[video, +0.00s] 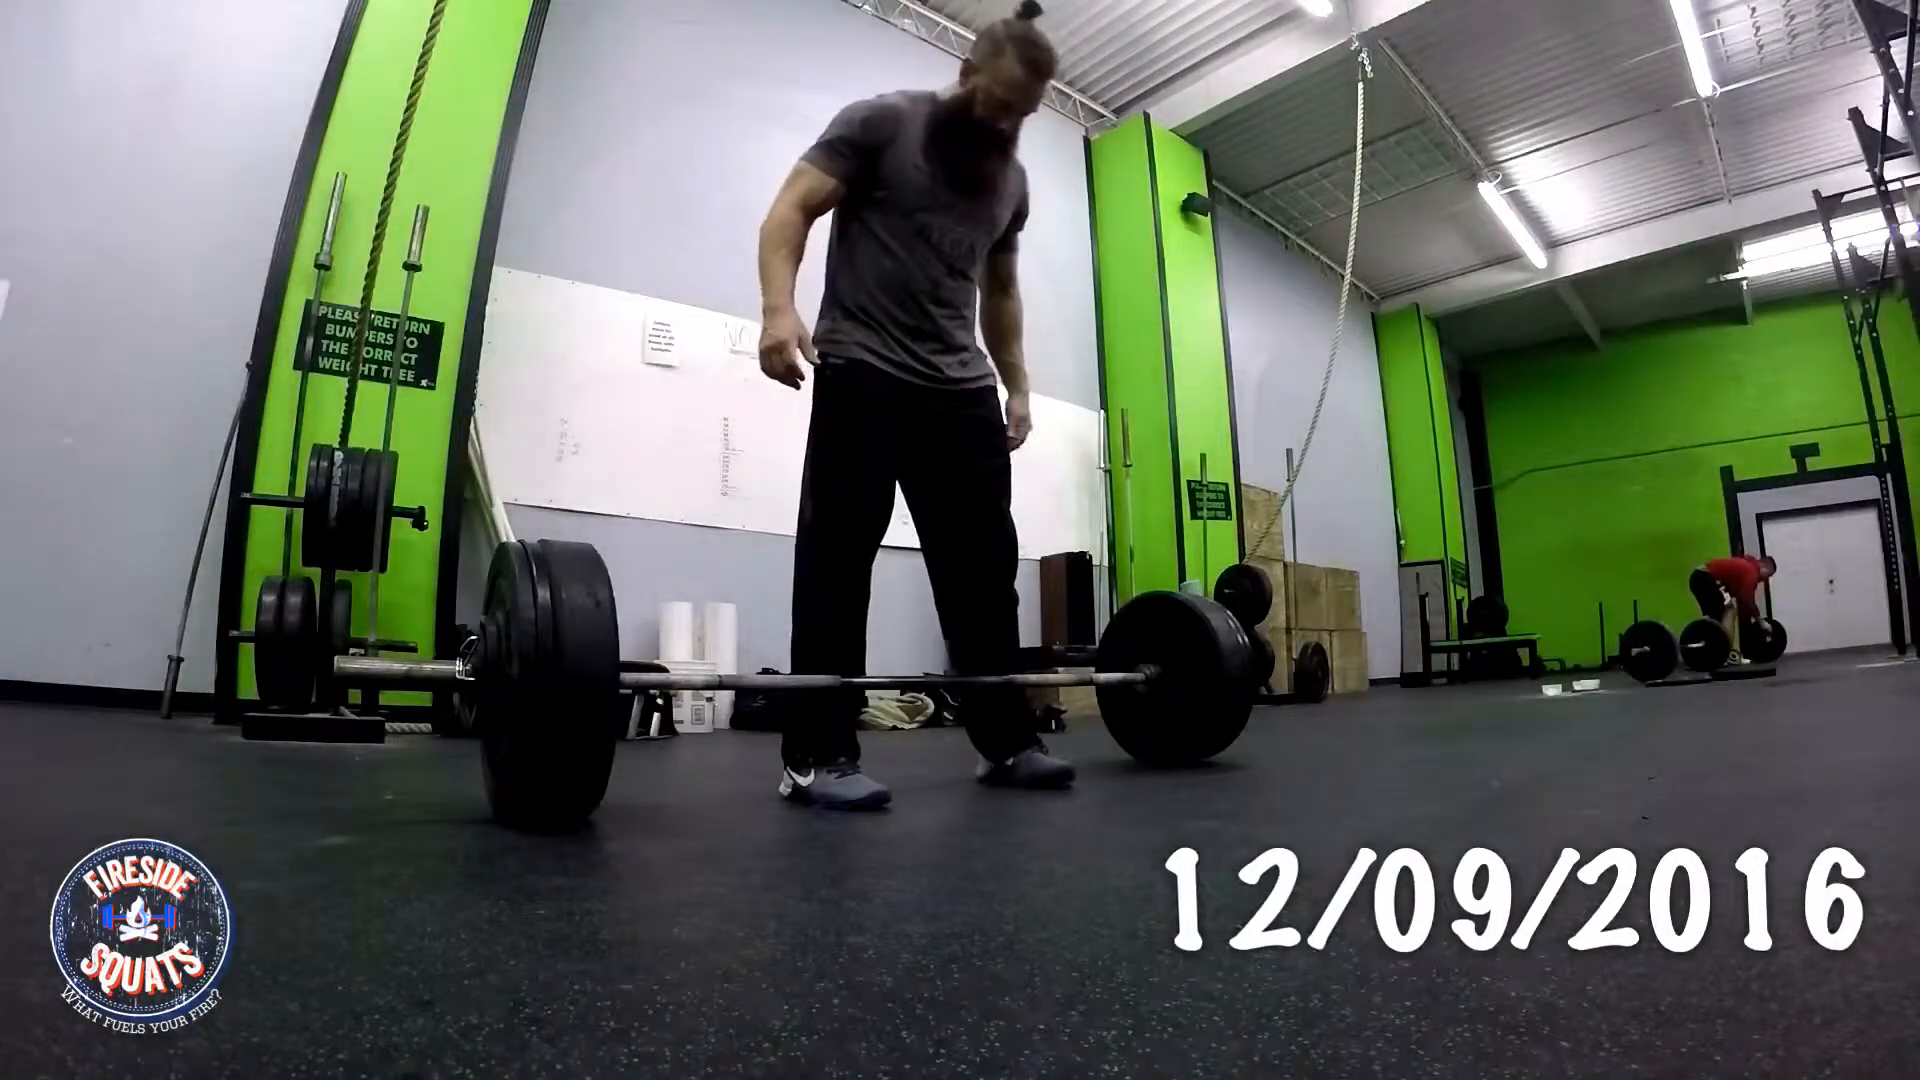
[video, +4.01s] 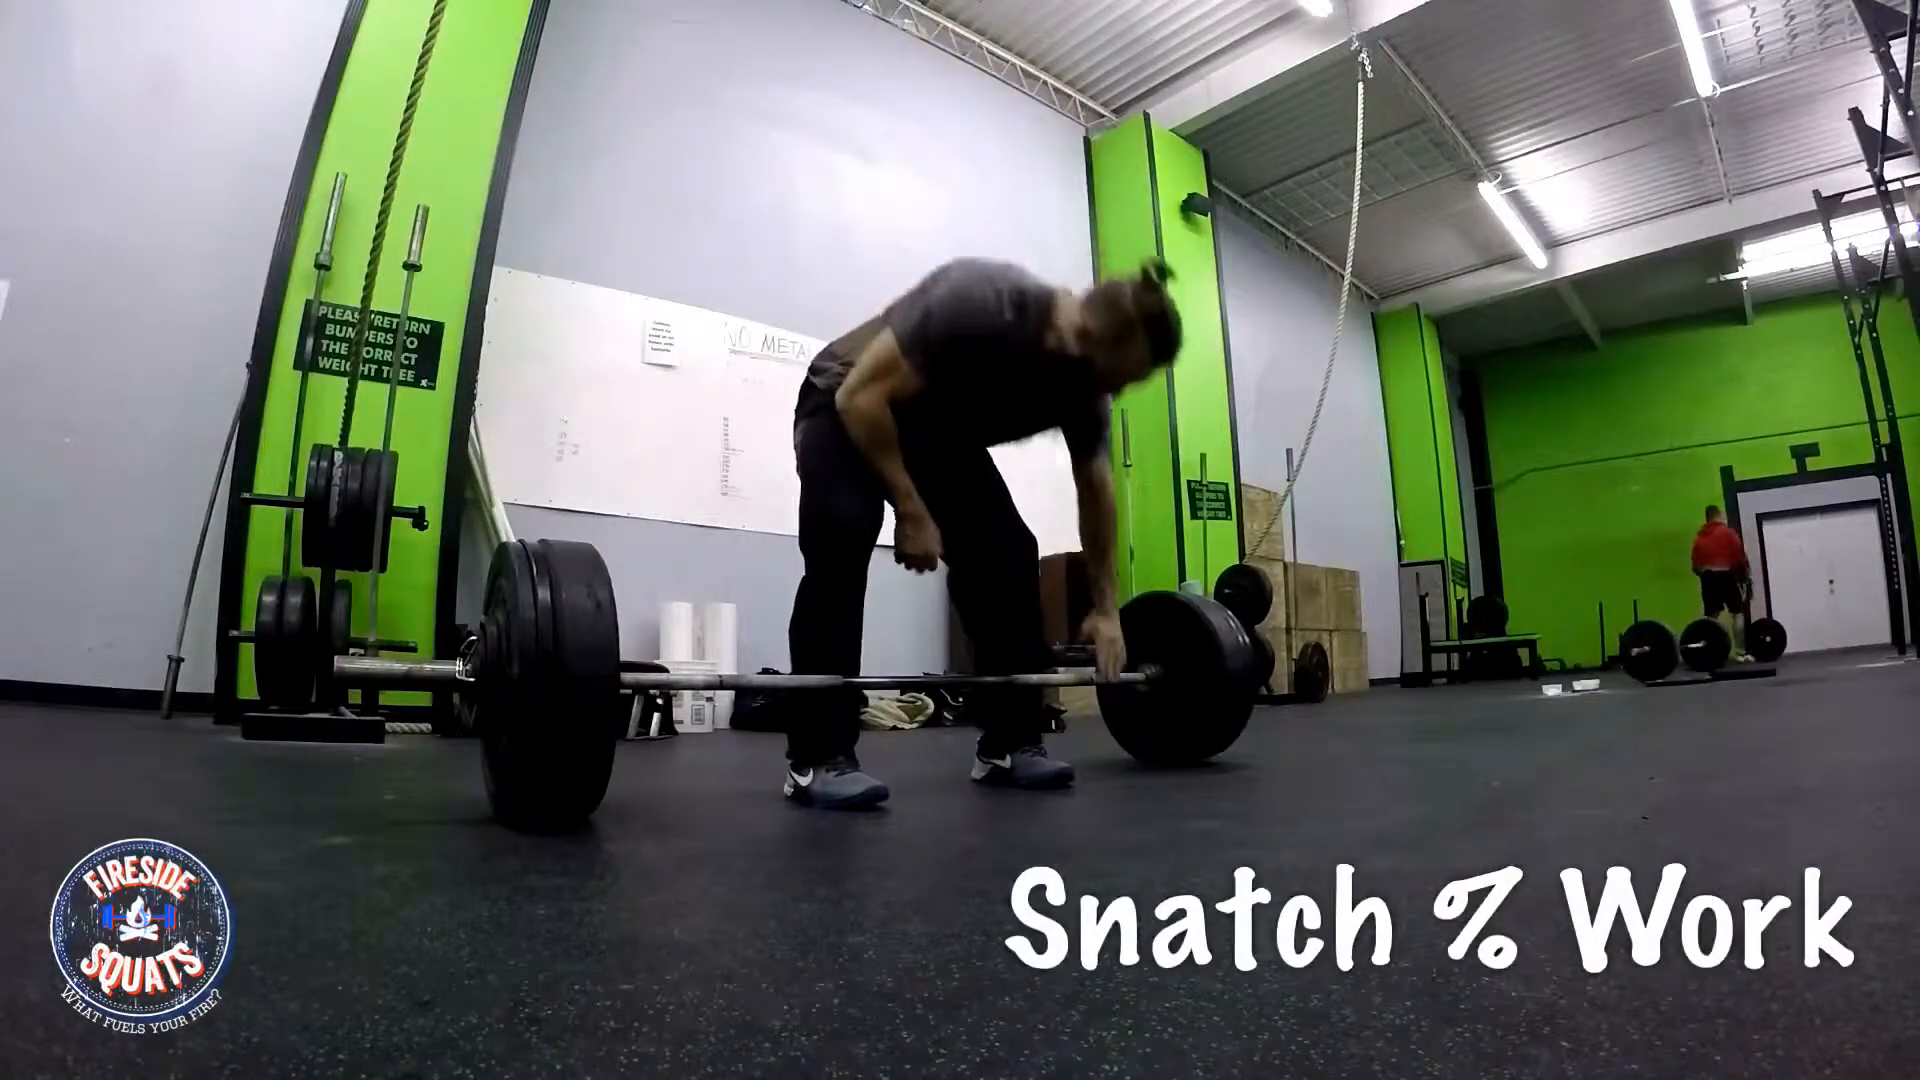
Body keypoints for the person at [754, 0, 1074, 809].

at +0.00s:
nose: (1002, 121)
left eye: (1017, 111)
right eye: (994, 103)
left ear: (1036, 101)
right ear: (967, 72)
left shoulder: (1011, 182)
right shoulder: (882, 123)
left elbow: (1000, 290)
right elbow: (789, 214)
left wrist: (1018, 387)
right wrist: (778, 314)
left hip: (959, 388)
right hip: (860, 373)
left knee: (982, 563)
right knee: (836, 563)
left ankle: (1006, 745)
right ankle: (818, 758)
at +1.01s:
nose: (1020, 124)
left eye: (1036, 114)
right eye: (1013, 104)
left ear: (1052, 108)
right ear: (986, 75)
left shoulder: (1028, 193)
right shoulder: (902, 128)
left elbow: (1023, 298)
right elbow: (816, 215)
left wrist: (1049, 395)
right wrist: (805, 313)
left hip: (968, 394)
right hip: (870, 376)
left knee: (986, 570)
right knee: (842, 565)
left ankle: (1004, 748)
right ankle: (820, 757)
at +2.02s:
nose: (969, 47)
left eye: (974, 42)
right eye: (949, 38)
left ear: (979, 73)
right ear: (910, 66)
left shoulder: (1005, 176)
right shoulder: (877, 128)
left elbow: (1039, 276)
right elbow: (831, 216)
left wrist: (1104, 345)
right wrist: (832, 298)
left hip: (987, 389)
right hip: (890, 371)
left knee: (989, 570)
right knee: (855, 564)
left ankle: (1002, 748)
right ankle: (824, 758)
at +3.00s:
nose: (979, 56)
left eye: (986, 51)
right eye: (962, 44)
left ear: (986, 77)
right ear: (920, 64)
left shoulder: (1001, 172)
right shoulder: (874, 123)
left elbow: (1012, 278)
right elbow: (787, 208)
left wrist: (1030, 341)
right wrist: (824, 285)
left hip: (966, 377)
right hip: (871, 362)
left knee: (992, 551)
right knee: (844, 555)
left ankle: (1005, 744)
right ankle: (819, 758)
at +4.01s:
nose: (1112, 389)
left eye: (1121, 382)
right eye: (1113, 374)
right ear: (1086, 328)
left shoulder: (1085, 383)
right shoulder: (975, 299)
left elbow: (1095, 489)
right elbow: (859, 398)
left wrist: (1104, 606)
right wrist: (911, 511)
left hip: (943, 430)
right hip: (851, 402)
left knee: (1006, 554)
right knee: (838, 561)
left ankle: (1008, 744)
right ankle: (819, 759)